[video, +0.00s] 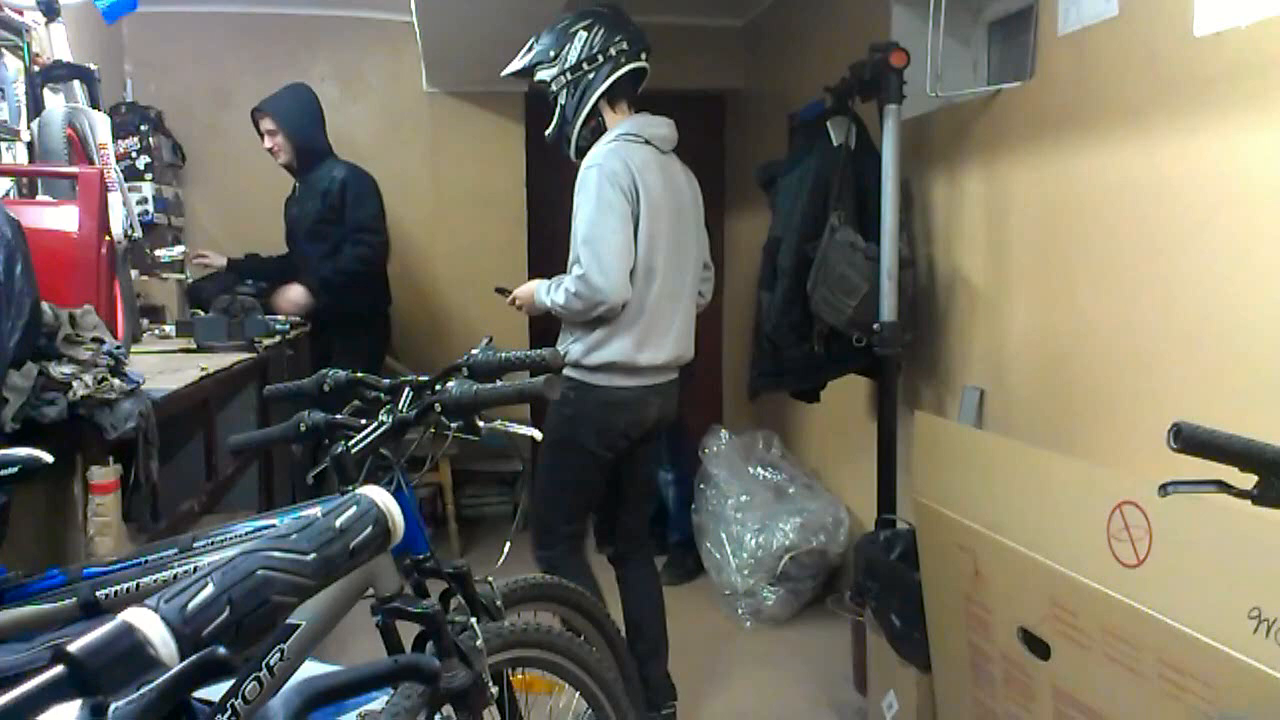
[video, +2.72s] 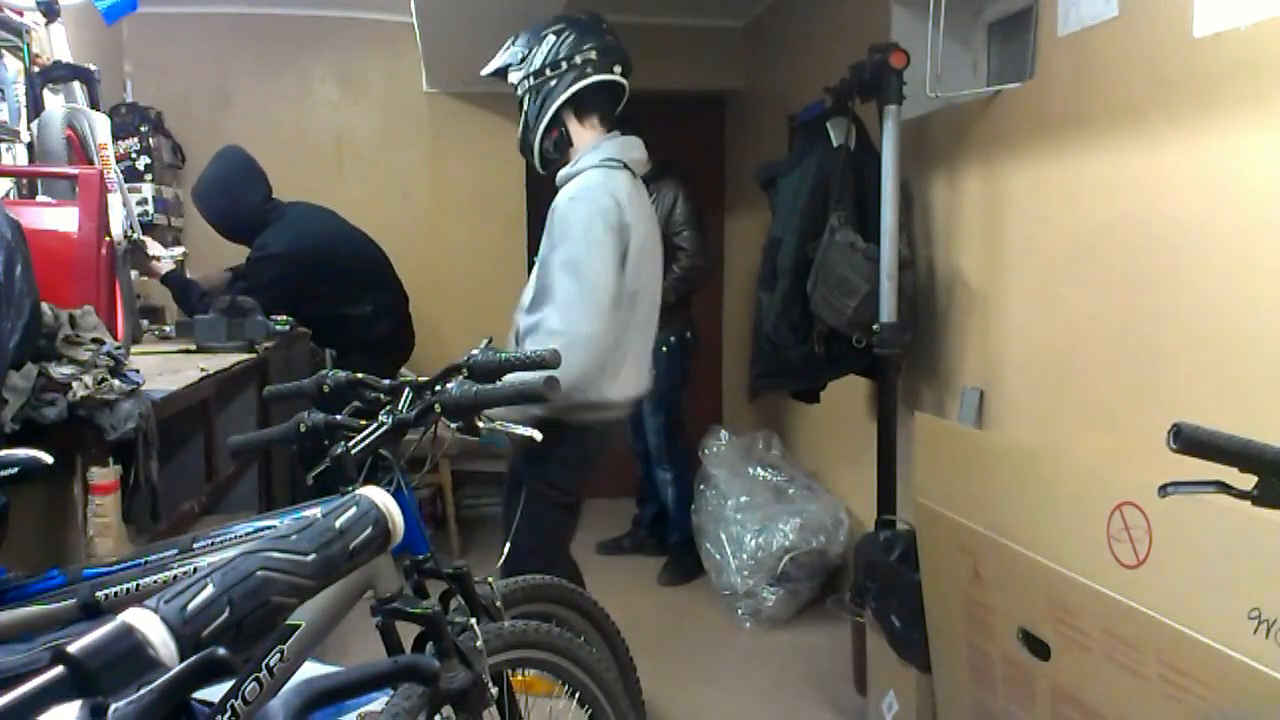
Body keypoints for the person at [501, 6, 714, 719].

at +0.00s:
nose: (557, 107)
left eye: (560, 90)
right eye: (554, 92)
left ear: (590, 86)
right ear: (627, 83)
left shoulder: (607, 165)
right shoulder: (679, 171)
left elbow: (601, 287)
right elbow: (702, 286)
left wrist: (541, 294)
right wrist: (634, 310)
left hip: (597, 395)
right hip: (656, 392)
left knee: (557, 539)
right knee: (633, 543)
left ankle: (609, 691)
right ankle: (653, 693)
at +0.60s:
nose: (483, 108)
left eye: (486, 91)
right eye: (480, 92)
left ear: (516, 82)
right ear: (550, 80)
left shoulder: (524, 164)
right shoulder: (621, 164)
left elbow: (508, 288)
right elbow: (653, 283)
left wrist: (454, 324)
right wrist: (634, 378)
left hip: (530, 394)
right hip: (602, 394)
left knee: (507, 552)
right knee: (610, 544)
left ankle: (505, 696)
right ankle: (649, 697)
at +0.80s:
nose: (444, 105)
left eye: (446, 87)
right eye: (440, 89)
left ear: (479, 74)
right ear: (517, 72)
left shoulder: (487, 166)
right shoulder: (601, 164)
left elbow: (441, 279)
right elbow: (634, 281)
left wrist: (375, 340)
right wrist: (609, 375)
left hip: (507, 392)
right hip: (580, 391)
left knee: (503, 553)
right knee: (583, 537)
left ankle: (508, 696)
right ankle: (636, 690)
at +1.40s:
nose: (421, 115)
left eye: (425, 97)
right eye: (417, 99)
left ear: (462, 81)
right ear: (479, 78)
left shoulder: (500, 165)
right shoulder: (564, 162)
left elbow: (484, 304)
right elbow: (597, 275)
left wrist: (423, 377)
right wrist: (554, 352)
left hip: (503, 393)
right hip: (555, 386)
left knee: (493, 553)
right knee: (542, 530)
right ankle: (606, 669)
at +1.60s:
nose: (461, 119)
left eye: (475, 102)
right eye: (448, 105)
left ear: (514, 90)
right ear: (435, 101)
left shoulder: (560, 174)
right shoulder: (498, 172)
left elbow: (564, 299)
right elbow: (495, 292)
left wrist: (507, 376)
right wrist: (470, 369)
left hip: (553, 382)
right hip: (508, 379)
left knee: (517, 541)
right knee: (527, 532)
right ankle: (581, 652)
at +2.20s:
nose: (505, 131)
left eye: (514, 117)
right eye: (503, 118)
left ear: (554, 112)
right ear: (549, 114)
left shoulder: (610, 203)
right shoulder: (542, 195)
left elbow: (604, 328)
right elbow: (519, 314)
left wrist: (544, 396)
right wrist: (465, 351)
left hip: (555, 399)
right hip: (505, 392)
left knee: (545, 551)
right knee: (511, 543)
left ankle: (599, 666)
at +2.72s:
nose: (522, 112)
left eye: (526, 95)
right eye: (522, 96)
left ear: (555, 94)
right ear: (596, 97)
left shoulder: (591, 193)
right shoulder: (626, 189)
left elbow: (574, 334)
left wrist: (495, 406)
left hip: (566, 416)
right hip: (594, 409)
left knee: (528, 565)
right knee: (542, 556)